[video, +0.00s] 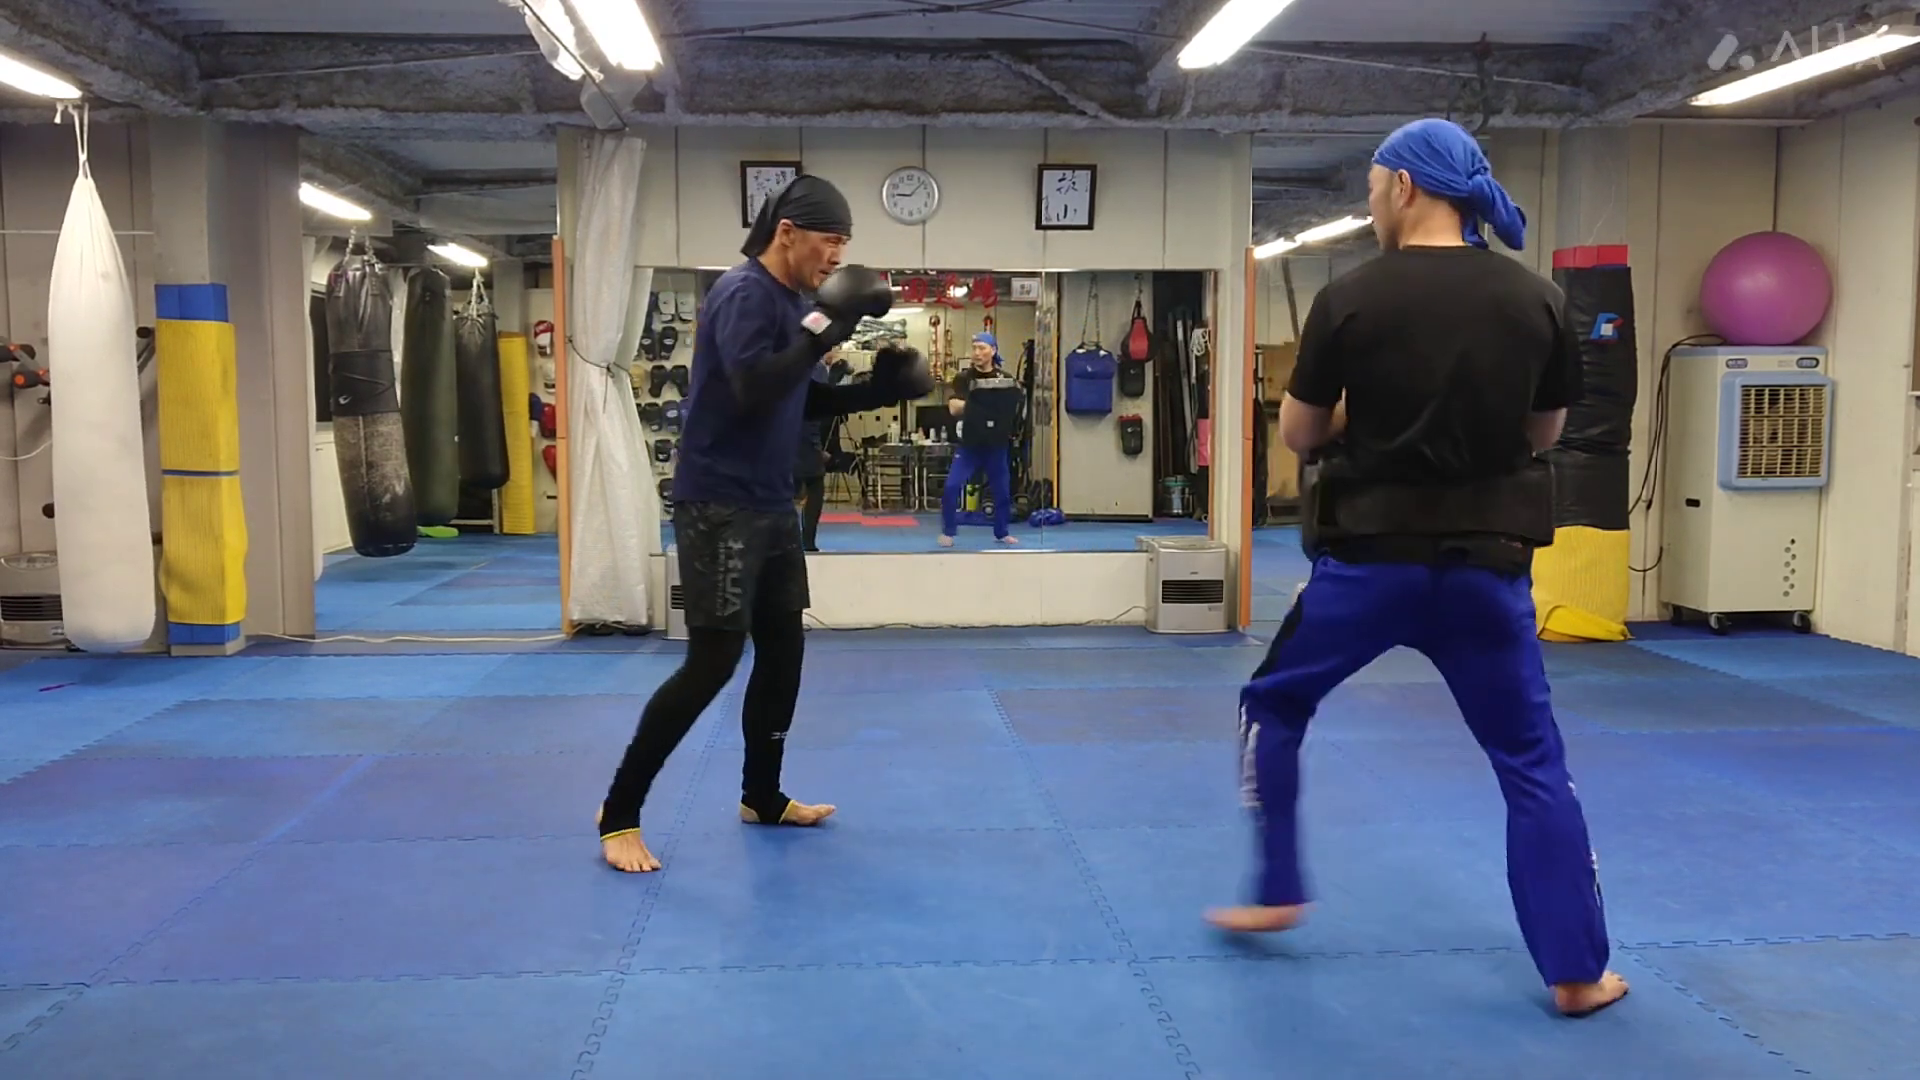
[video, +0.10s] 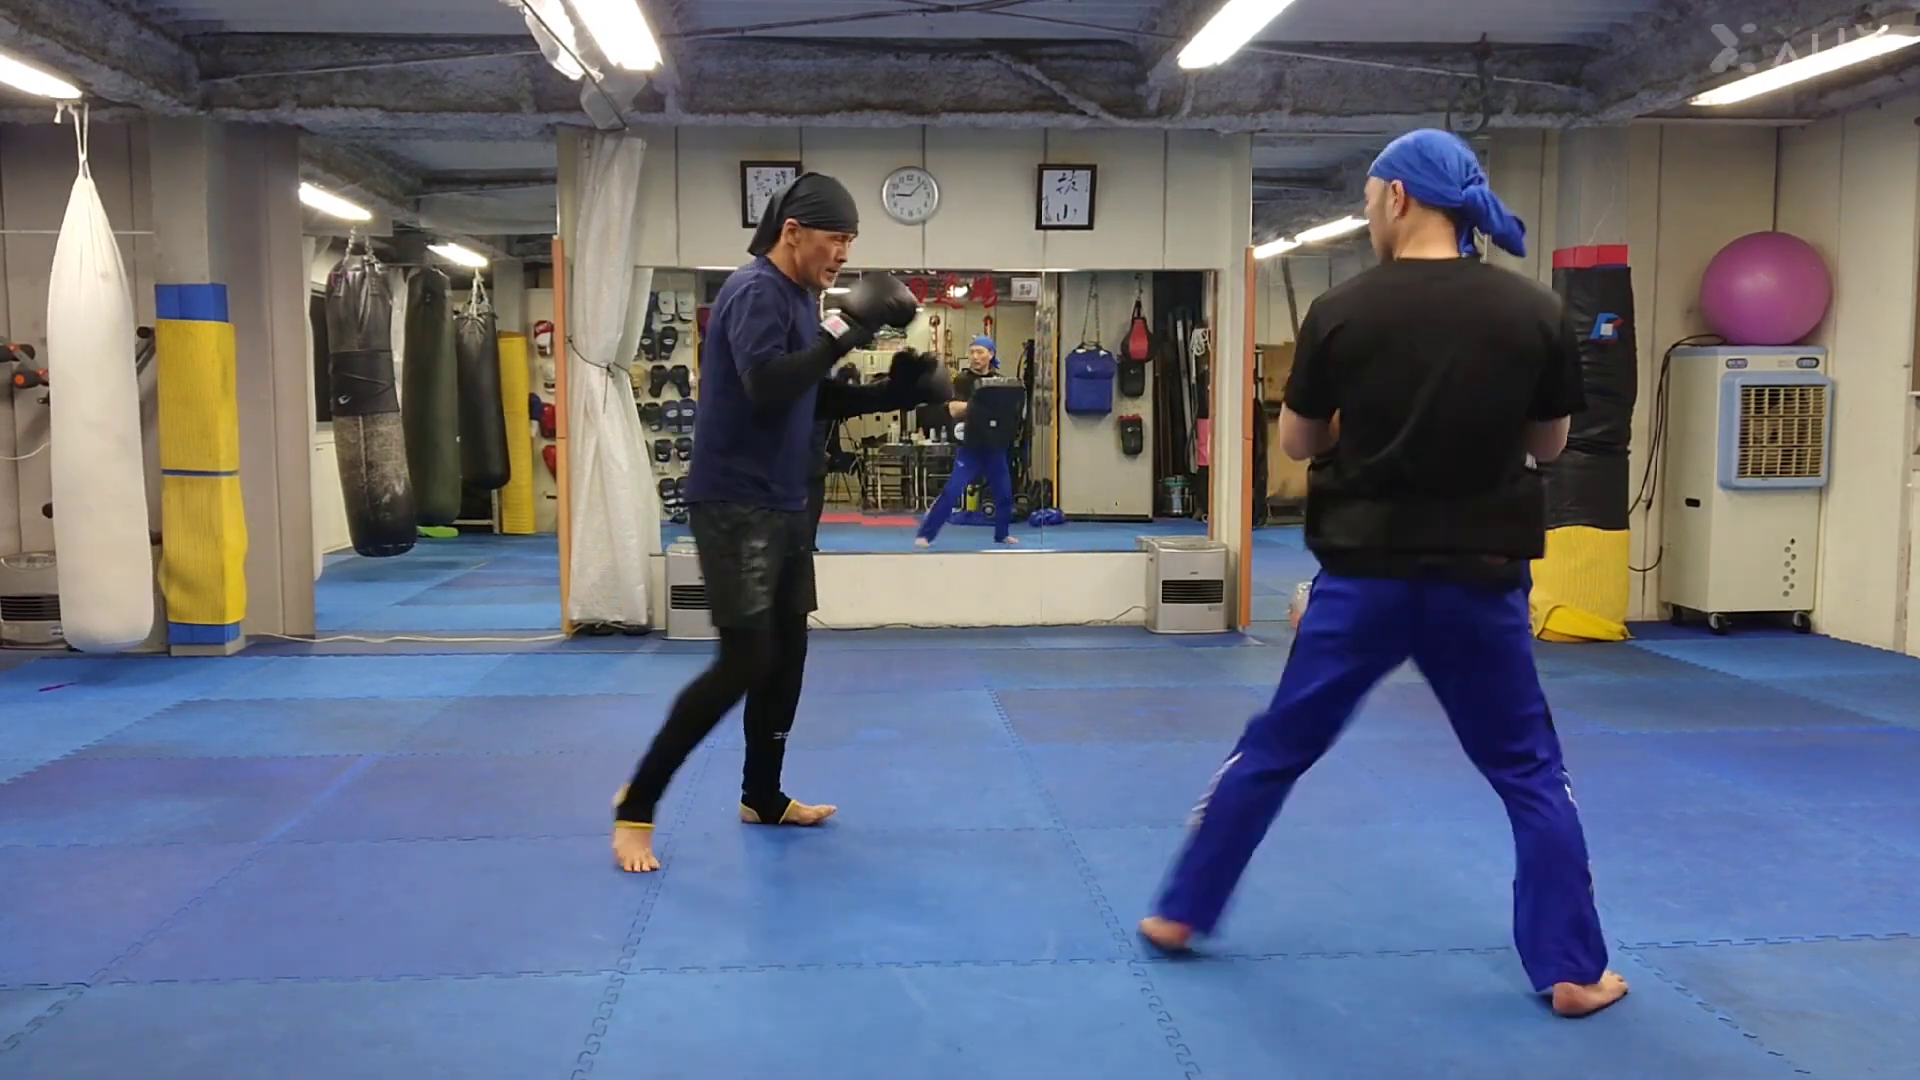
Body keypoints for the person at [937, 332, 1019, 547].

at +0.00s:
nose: (976, 353)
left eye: (982, 348)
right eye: (974, 348)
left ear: (993, 351)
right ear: (971, 351)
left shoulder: (1005, 379)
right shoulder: (964, 377)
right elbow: (954, 407)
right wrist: (985, 406)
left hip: (997, 445)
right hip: (969, 444)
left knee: (1002, 492)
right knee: (951, 486)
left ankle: (1002, 533)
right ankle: (948, 532)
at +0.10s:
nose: (976, 357)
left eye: (980, 352)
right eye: (972, 352)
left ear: (991, 356)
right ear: (968, 356)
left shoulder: (1000, 382)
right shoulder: (962, 380)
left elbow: (1011, 413)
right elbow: (953, 411)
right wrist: (981, 406)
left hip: (996, 447)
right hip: (969, 445)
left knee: (1004, 494)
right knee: (952, 491)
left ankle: (1002, 535)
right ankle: (925, 535)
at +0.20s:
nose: (971, 360)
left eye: (976, 356)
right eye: (969, 355)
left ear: (987, 359)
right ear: (965, 358)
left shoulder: (995, 384)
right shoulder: (957, 383)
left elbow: (1006, 411)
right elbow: (950, 411)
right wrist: (975, 404)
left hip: (992, 450)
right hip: (964, 449)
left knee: (1004, 496)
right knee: (947, 495)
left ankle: (1002, 535)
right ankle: (922, 536)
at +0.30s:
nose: (970, 361)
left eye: (975, 356)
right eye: (967, 356)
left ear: (985, 360)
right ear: (963, 359)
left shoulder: (992, 384)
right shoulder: (953, 384)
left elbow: (1002, 410)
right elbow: (948, 411)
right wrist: (973, 403)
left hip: (990, 449)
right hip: (962, 448)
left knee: (1003, 496)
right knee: (947, 494)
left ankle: (1002, 535)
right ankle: (923, 537)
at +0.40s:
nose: (968, 361)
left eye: (973, 357)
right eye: (965, 356)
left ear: (984, 359)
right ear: (962, 359)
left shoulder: (993, 382)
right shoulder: (954, 382)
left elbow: (1001, 411)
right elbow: (945, 409)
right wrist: (970, 401)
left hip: (988, 448)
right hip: (961, 447)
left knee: (1001, 495)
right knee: (947, 494)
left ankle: (1002, 535)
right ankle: (923, 537)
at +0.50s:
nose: (968, 362)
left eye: (973, 357)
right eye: (966, 357)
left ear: (984, 359)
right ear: (962, 358)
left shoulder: (993, 382)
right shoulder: (954, 382)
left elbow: (1002, 412)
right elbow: (943, 410)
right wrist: (966, 400)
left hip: (987, 447)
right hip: (959, 447)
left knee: (999, 495)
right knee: (945, 495)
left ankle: (1001, 535)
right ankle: (929, 536)